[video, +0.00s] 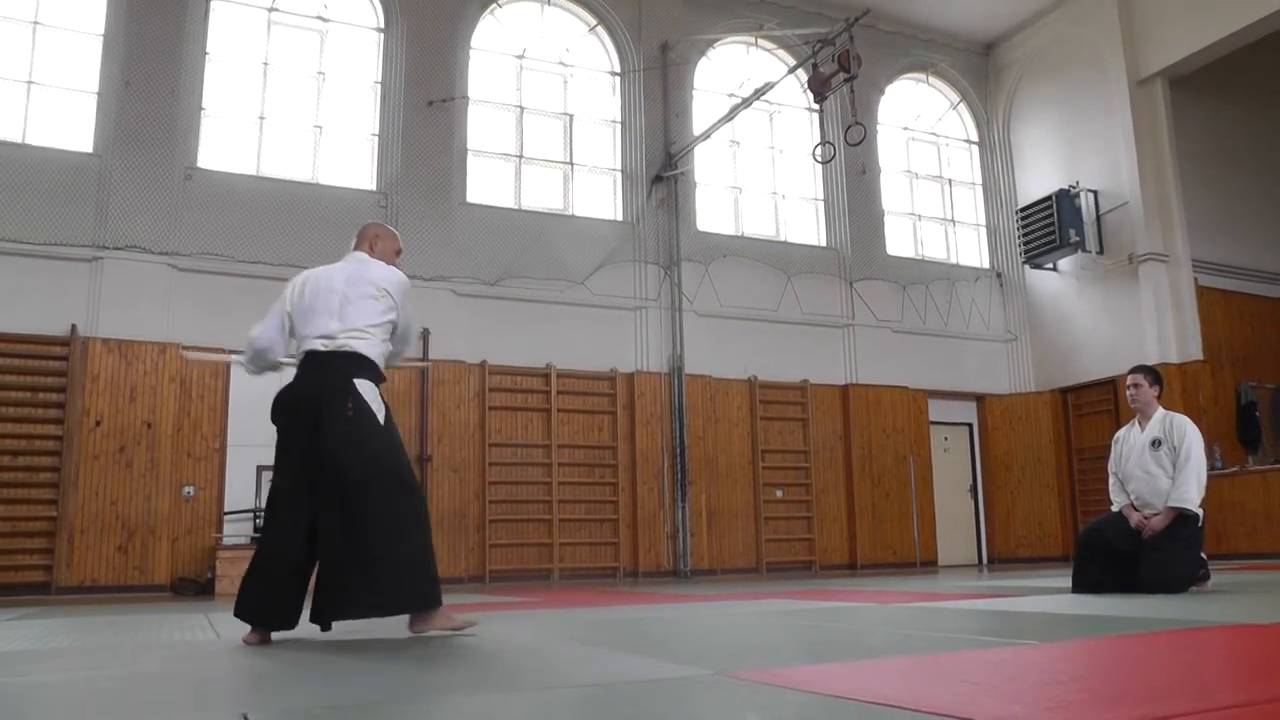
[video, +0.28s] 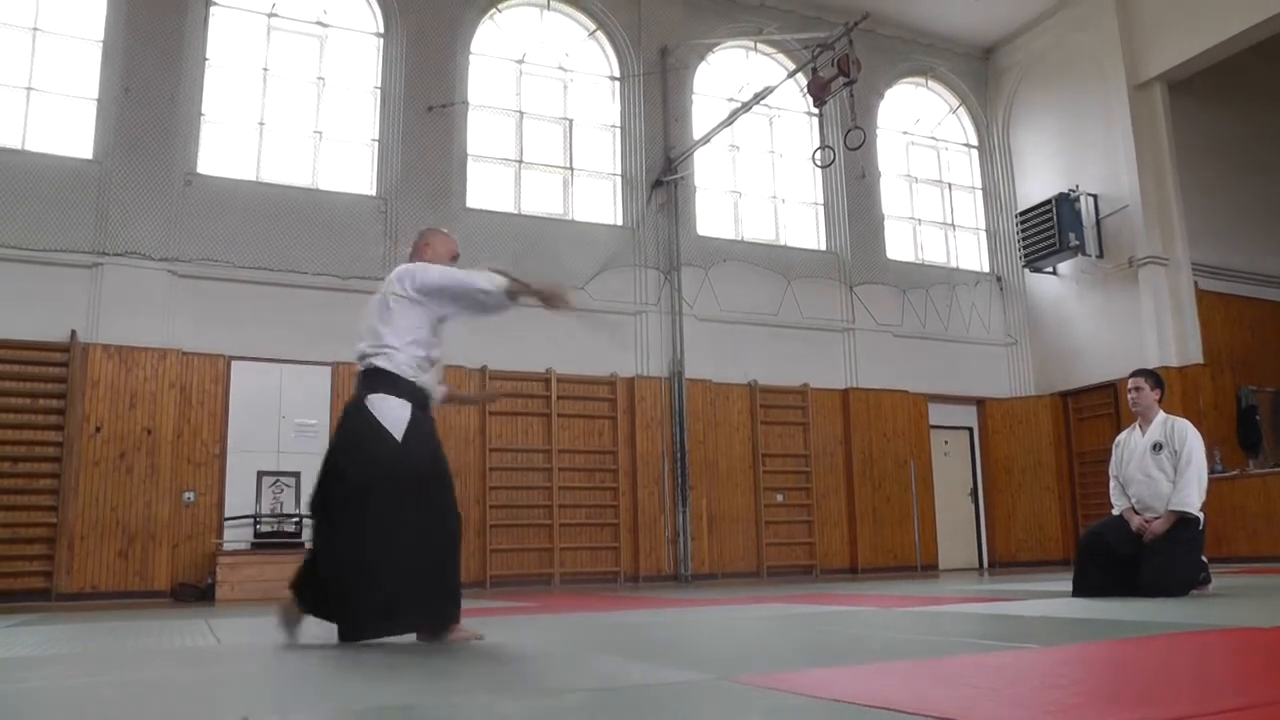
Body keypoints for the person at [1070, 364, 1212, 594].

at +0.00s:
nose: (1130, 392)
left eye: (1136, 386)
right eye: (1128, 388)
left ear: (1155, 390)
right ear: (1125, 393)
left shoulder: (1179, 426)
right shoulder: (1121, 437)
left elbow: (1191, 478)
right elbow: (1114, 482)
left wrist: (1164, 518)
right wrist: (1130, 513)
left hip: (1177, 519)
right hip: (1133, 519)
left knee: (1158, 583)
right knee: (1092, 539)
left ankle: (1197, 566)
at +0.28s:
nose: (1131, 396)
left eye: (1137, 389)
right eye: (1129, 391)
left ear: (1156, 394)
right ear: (1126, 397)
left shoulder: (1180, 430)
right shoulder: (1122, 441)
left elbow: (1191, 482)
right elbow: (1115, 486)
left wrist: (1165, 521)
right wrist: (1131, 517)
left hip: (1177, 522)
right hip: (1133, 522)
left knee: (1157, 586)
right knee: (1093, 542)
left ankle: (1198, 570)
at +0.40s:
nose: (1132, 397)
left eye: (1138, 391)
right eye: (1130, 392)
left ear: (1157, 395)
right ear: (1127, 398)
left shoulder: (1181, 431)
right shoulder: (1122, 442)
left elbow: (1192, 483)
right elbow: (1115, 487)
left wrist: (1165, 522)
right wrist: (1132, 518)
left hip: (1178, 524)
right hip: (1134, 524)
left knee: (1157, 588)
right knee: (1093, 543)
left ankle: (1198, 571)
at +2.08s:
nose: (1139, 416)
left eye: (1145, 410)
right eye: (1136, 411)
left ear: (1164, 416)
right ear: (1133, 417)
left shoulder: (1186, 452)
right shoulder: (1126, 460)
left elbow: (1197, 503)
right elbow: (1117, 504)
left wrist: (1168, 543)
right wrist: (1133, 538)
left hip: (1180, 544)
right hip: (1135, 543)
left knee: (1157, 608)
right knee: (1093, 566)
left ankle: (1198, 592)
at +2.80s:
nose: (1124, 423)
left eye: (1130, 417)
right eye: (1121, 418)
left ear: (1149, 422)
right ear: (1119, 423)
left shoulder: (1177, 459)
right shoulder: (1115, 468)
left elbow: (1196, 512)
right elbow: (1111, 515)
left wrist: (1167, 553)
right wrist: (1133, 548)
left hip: (1179, 553)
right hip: (1134, 552)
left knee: (1159, 615)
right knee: (1094, 576)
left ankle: (1200, 599)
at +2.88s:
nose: (1118, 418)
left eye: (1124, 411)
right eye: (1115, 413)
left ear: (1143, 416)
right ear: (1112, 418)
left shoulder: (1172, 454)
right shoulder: (1110, 462)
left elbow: (1188, 506)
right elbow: (1106, 508)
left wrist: (1165, 549)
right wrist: (1125, 541)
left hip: (1174, 549)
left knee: (1158, 616)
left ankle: (1199, 599)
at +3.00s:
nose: (1108, 407)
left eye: (1114, 401)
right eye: (1106, 402)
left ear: (1134, 403)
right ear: (1104, 408)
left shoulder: (1160, 443)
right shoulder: (1102, 450)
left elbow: (1177, 493)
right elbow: (1096, 492)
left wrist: (1158, 538)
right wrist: (1101, 518)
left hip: (1165, 539)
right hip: (1123, 539)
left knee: (1156, 618)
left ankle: (1199, 599)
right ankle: (1124, 607)